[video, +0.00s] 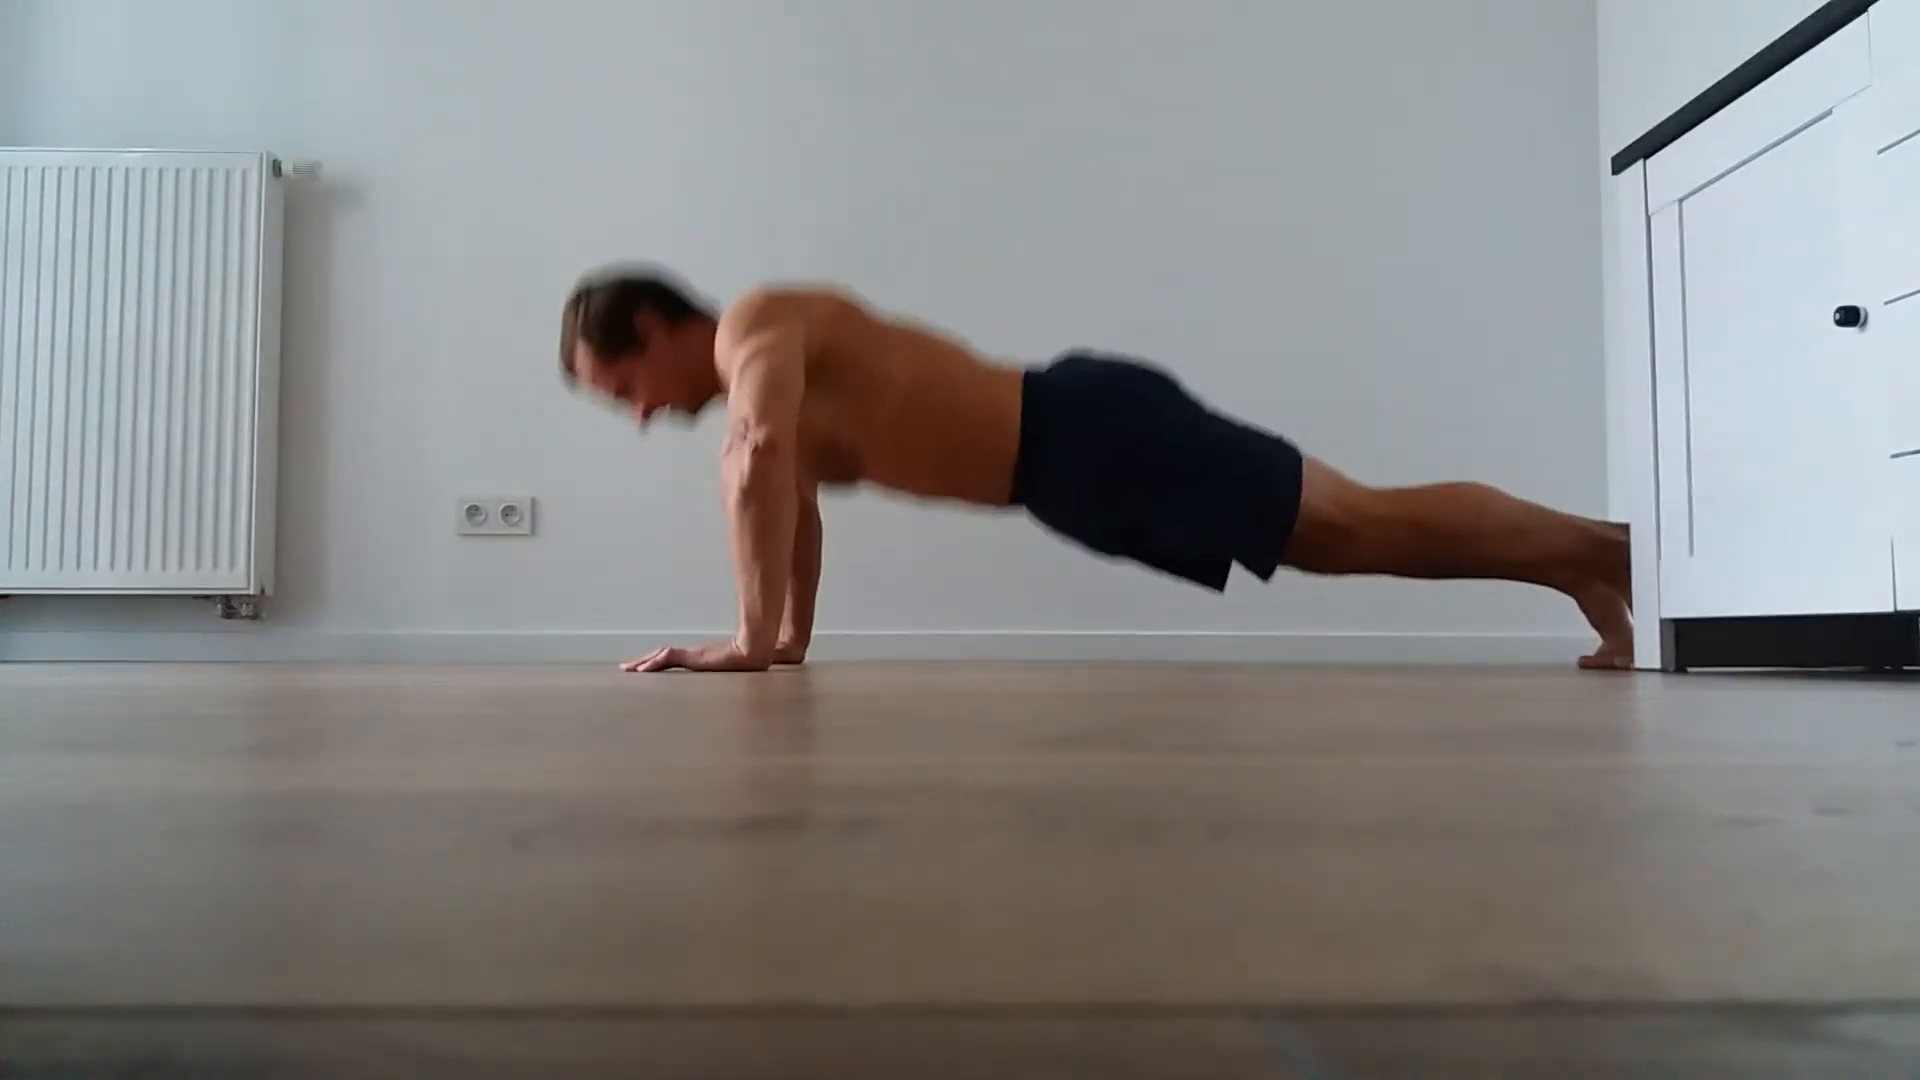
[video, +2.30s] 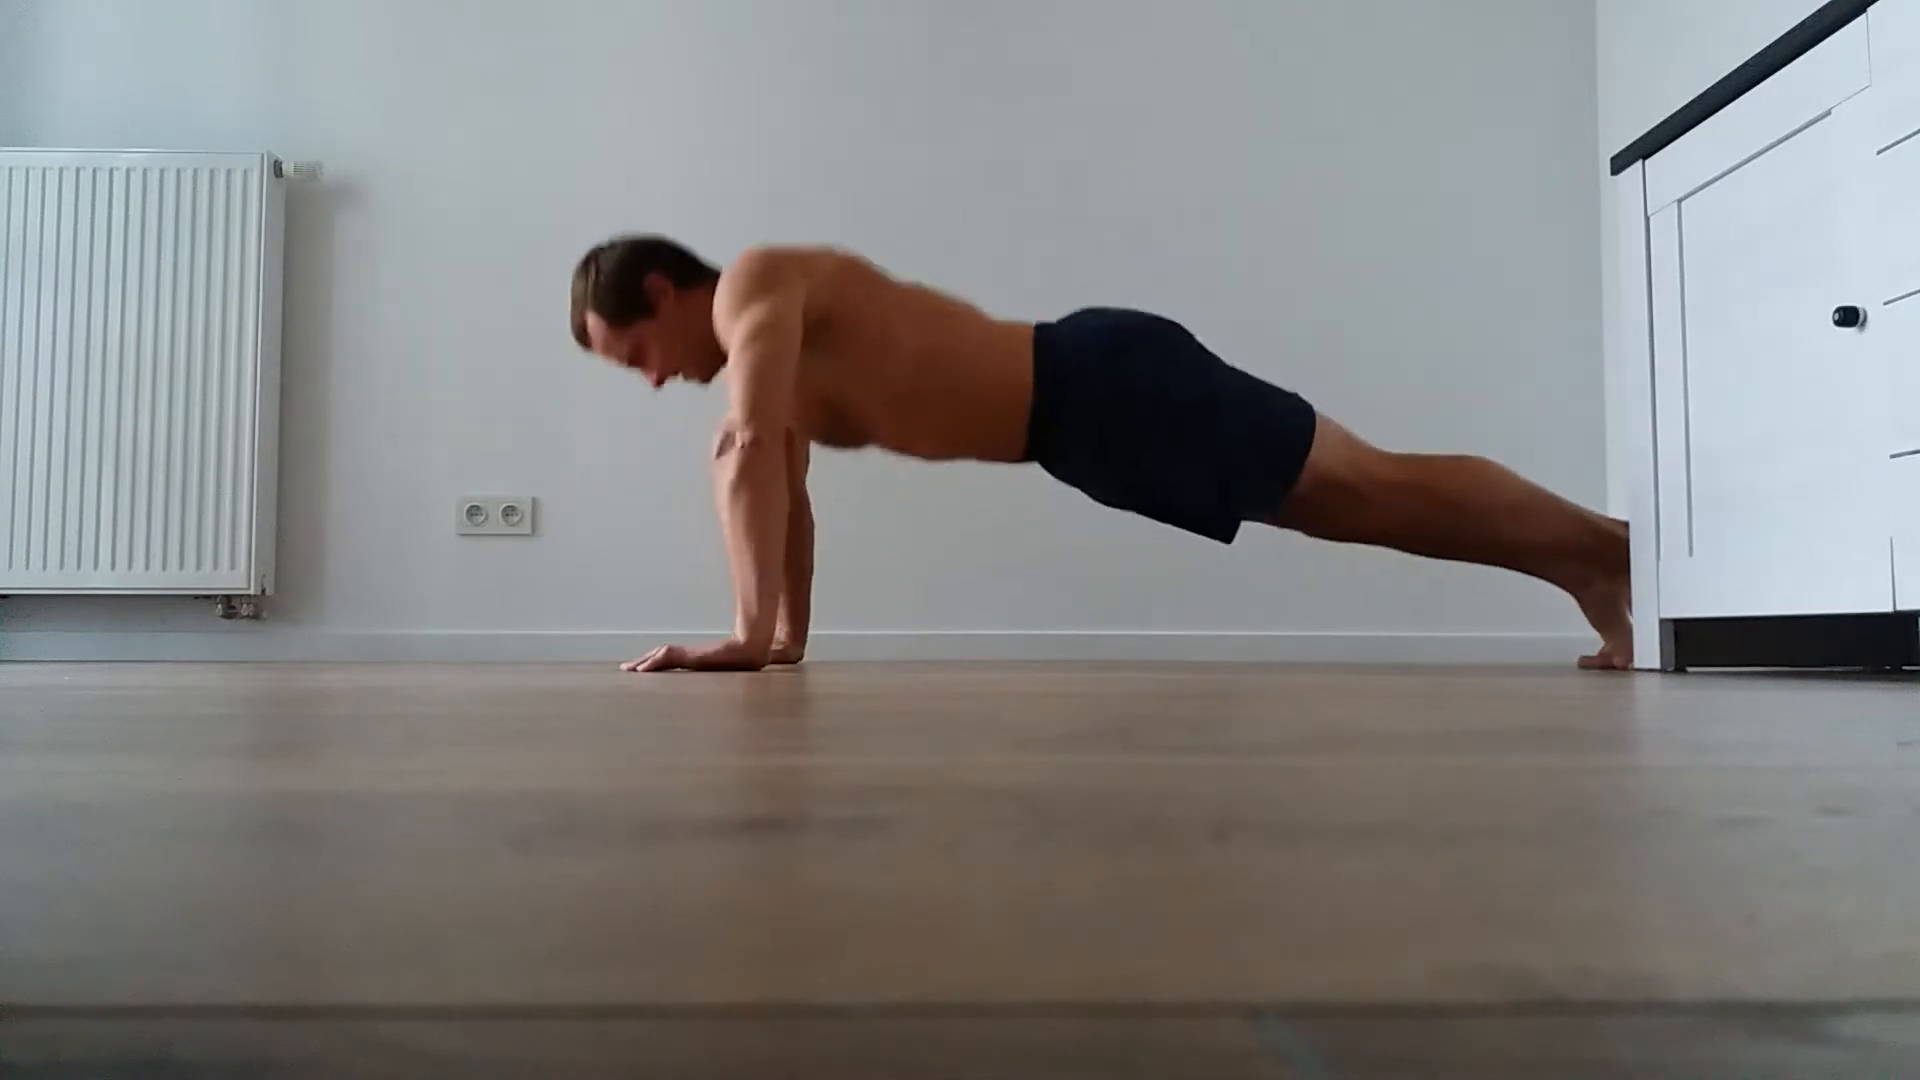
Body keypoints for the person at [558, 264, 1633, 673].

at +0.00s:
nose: (632, 409)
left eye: (619, 389)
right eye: (616, 397)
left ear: (649, 339)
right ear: (657, 337)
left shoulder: (753, 338)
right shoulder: (764, 344)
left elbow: (759, 476)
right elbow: (794, 490)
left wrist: (754, 638)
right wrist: (790, 637)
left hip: (1081, 440)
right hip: (1074, 438)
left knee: (1356, 529)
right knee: (1347, 527)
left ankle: (1595, 555)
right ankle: (1581, 560)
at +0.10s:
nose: (614, 523)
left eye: (599, 501)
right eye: (599, 509)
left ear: (623, 454)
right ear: (637, 452)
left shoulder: (718, 419)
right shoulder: (746, 439)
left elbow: (751, 465)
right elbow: (799, 535)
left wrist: (761, 636)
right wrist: (766, 646)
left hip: (1071, 505)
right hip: (1063, 503)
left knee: (1353, 560)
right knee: (1347, 553)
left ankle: (1596, 560)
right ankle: (1588, 555)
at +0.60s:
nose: (638, 392)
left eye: (623, 371)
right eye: (624, 381)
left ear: (649, 325)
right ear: (655, 333)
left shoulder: (756, 319)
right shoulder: (762, 350)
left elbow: (748, 475)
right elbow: (784, 503)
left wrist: (753, 640)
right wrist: (786, 645)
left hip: (1091, 404)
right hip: (1082, 408)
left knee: (1355, 502)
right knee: (1349, 500)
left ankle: (1601, 552)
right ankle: (1581, 559)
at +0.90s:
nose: (628, 490)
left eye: (612, 470)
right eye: (610, 478)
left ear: (640, 417)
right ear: (650, 412)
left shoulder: (733, 389)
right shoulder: (752, 403)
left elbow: (753, 465)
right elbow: (791, 506)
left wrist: (755, 634)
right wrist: (785, 644)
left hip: (1076, 485)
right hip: (1067, 488)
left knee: (1355, 552)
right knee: (1348, 547)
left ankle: (1592, 560)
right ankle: (1584, 555)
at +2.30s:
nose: (644, 373)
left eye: (628, 351)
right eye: (629, 362)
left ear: (653, 300)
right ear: (658, 314)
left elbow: (742, 461)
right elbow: (784, 500)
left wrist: (752, 634)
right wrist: (785, 643)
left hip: (1094, 391)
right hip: (1083, 400)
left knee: (1360, 492)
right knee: (1354, 491)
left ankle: (1598, 552)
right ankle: (1584, 557)